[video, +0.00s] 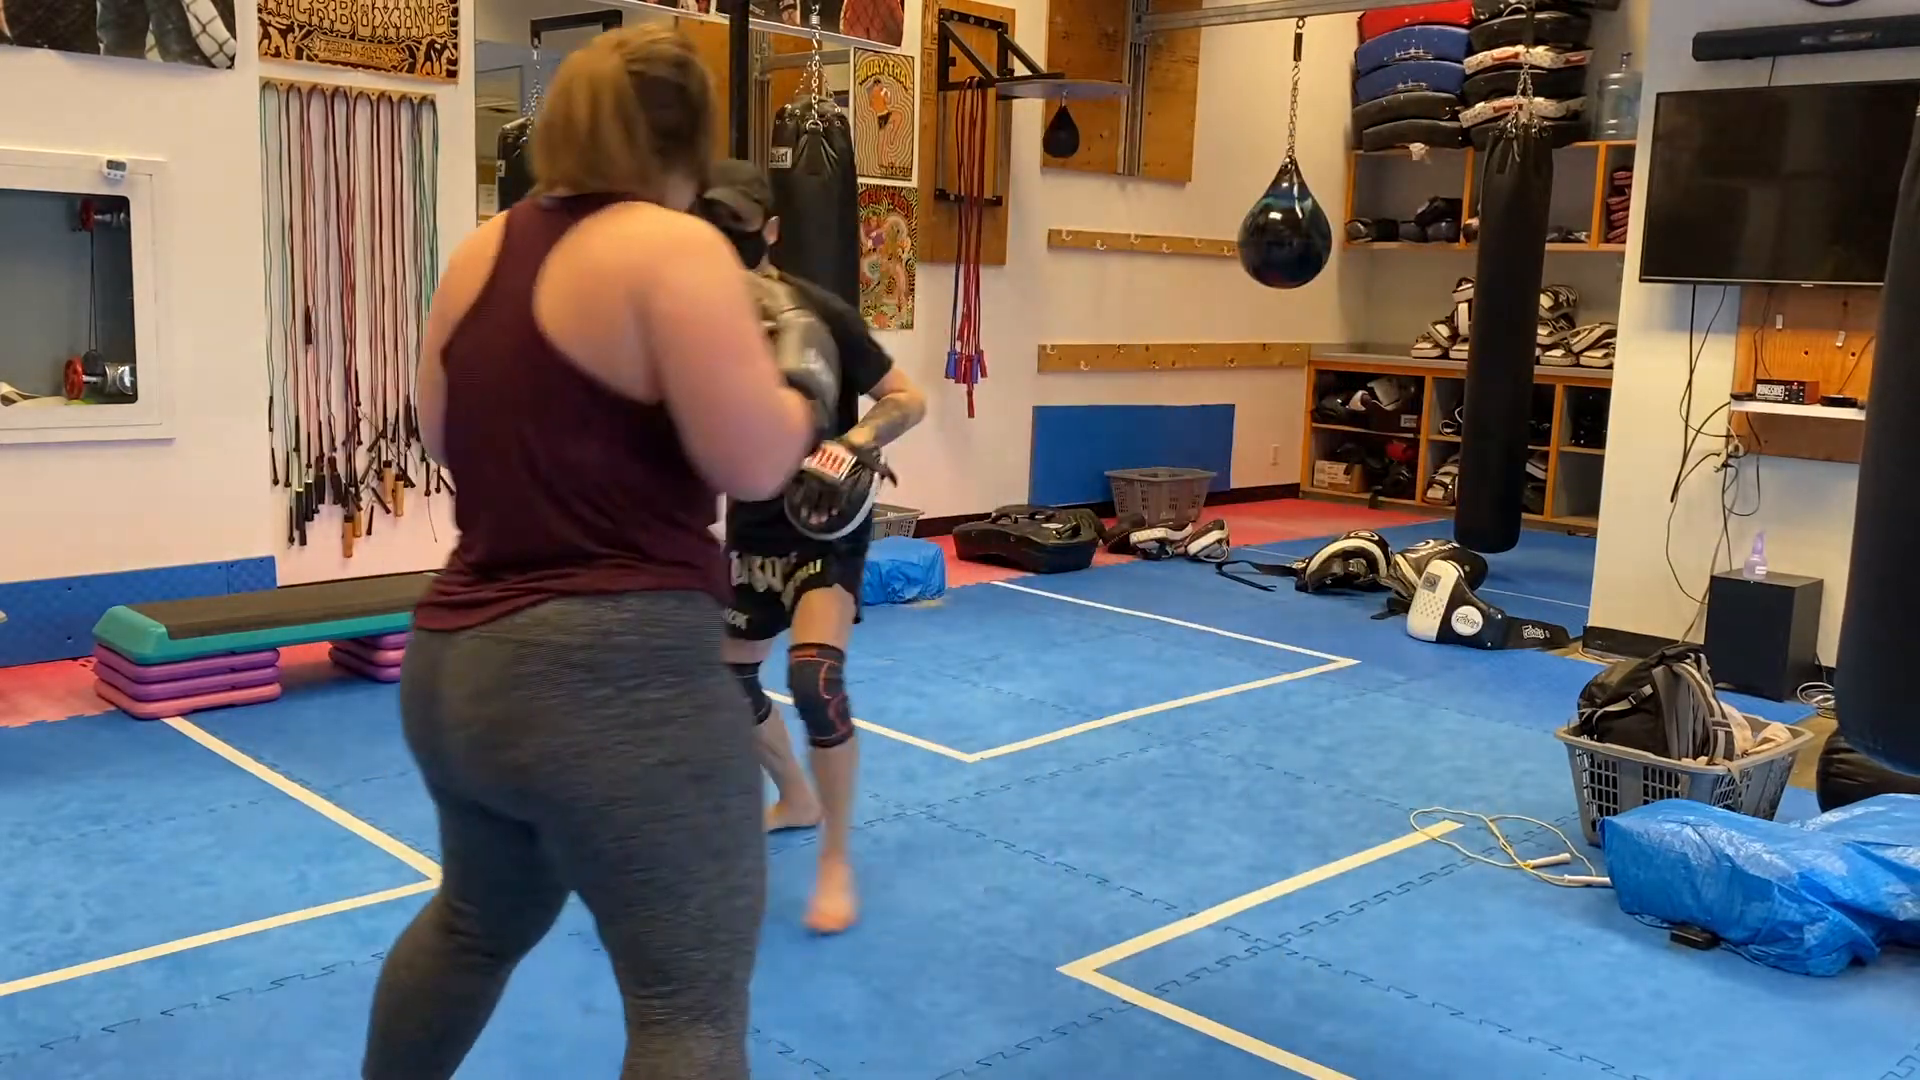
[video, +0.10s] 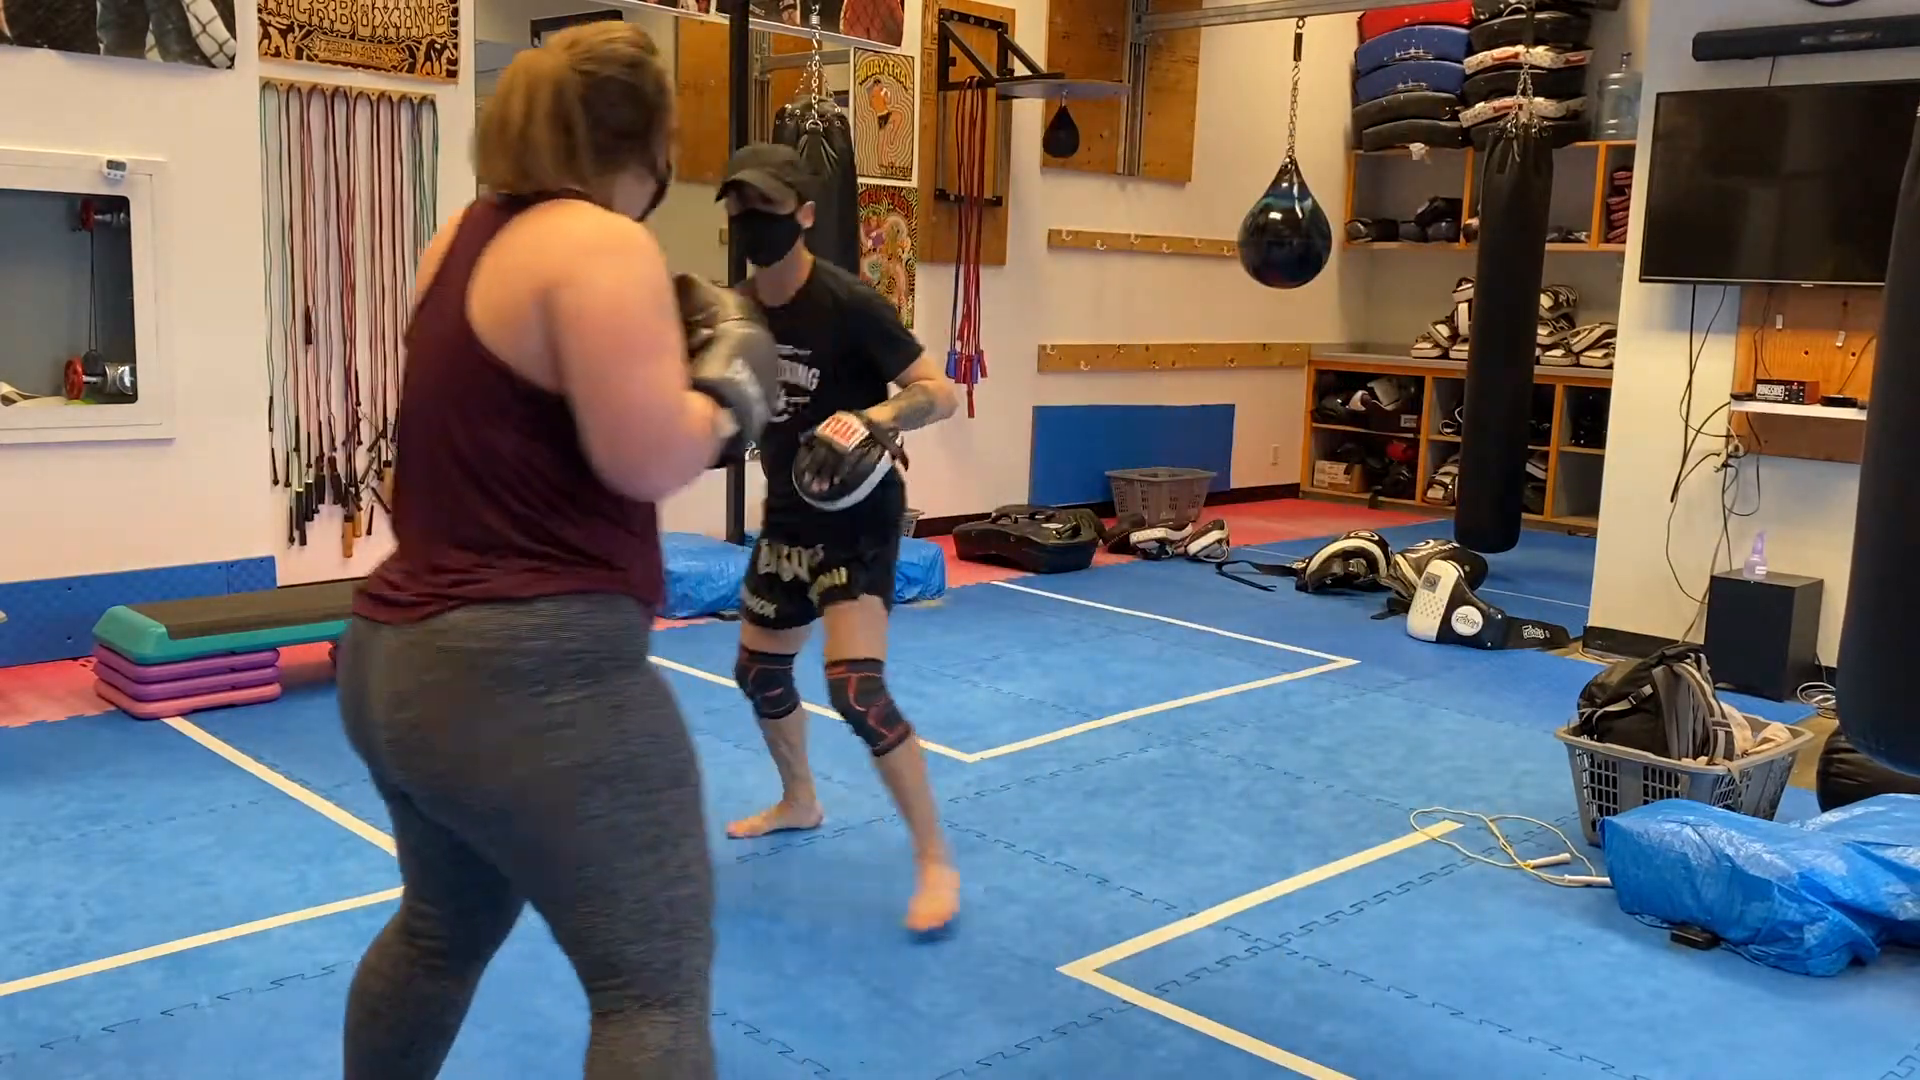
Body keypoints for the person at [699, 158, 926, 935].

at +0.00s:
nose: (715, 240)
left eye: (730, 225)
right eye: (706, 224)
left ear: (765, 227)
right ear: (694, 226)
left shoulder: (814, 310)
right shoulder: (698, 315)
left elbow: (909, 400)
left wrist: (851, 442)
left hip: (827, 513)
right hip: (748, 513)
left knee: (815, 679)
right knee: (728, 683)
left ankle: (836, 858)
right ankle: (797, 796)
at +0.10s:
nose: (747, 226)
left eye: (764, 213)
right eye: (739, 211)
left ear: (802, 215)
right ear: (726, 213)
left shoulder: (850, 303)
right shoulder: (735, 303)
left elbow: (939, 394)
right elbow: (723, 387)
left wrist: (869, 420)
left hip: (859, 505)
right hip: (785, 503)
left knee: (858, 692)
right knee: (760, 672)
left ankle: (934, 862)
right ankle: (800, 799)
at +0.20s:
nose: (785, 233)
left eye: (804, 220)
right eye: (779, 217)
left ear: (843, 223)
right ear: (769, 216)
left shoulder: (882, 317)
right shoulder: (784, 320)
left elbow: (960, 416)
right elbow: (774, 411)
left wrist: (878, 418)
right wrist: (717, 400)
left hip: (900, 520)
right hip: (830, 518)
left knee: (904, 711)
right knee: (787, 672)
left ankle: (993, 878)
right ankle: (802, 802)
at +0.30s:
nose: (821, 245)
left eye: (837, 232)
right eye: (813, 231)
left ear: (881, 232)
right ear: (807, 230)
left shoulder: (912, 319)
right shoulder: (819, 323)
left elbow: (957, 420)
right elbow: (785, 414)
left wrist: (866, 411)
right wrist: (761, 406)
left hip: (940, 532)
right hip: (872, 530)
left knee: (936, 715)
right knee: (812, 667)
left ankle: (999, 885)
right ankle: (813, 799)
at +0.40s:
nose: (840, 230)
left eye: (856, 218)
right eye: (833, 216)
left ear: (898, 217)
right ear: (827, 217)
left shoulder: (932, 297)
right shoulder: (832, 299)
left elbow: (960, 393)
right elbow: (774, 395)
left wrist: (878, 335)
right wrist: (743, 350)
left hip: (953, 519)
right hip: (886, 517)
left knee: (947, 704)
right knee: (840, 662)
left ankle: (999, 884)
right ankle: (879, 796)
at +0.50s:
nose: (859, 233)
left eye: (874, 218)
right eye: (850, 221)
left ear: (911, 216)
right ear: (842, 228)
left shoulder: (944, 290)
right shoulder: (840, 300)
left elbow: (967, 367)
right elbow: (756, 367)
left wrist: (911, 284)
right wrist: (745, 295)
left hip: (954, 518)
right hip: (886, 519)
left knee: (944, 706)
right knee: (881, 677)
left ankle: (998, 881)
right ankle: (943, 802)